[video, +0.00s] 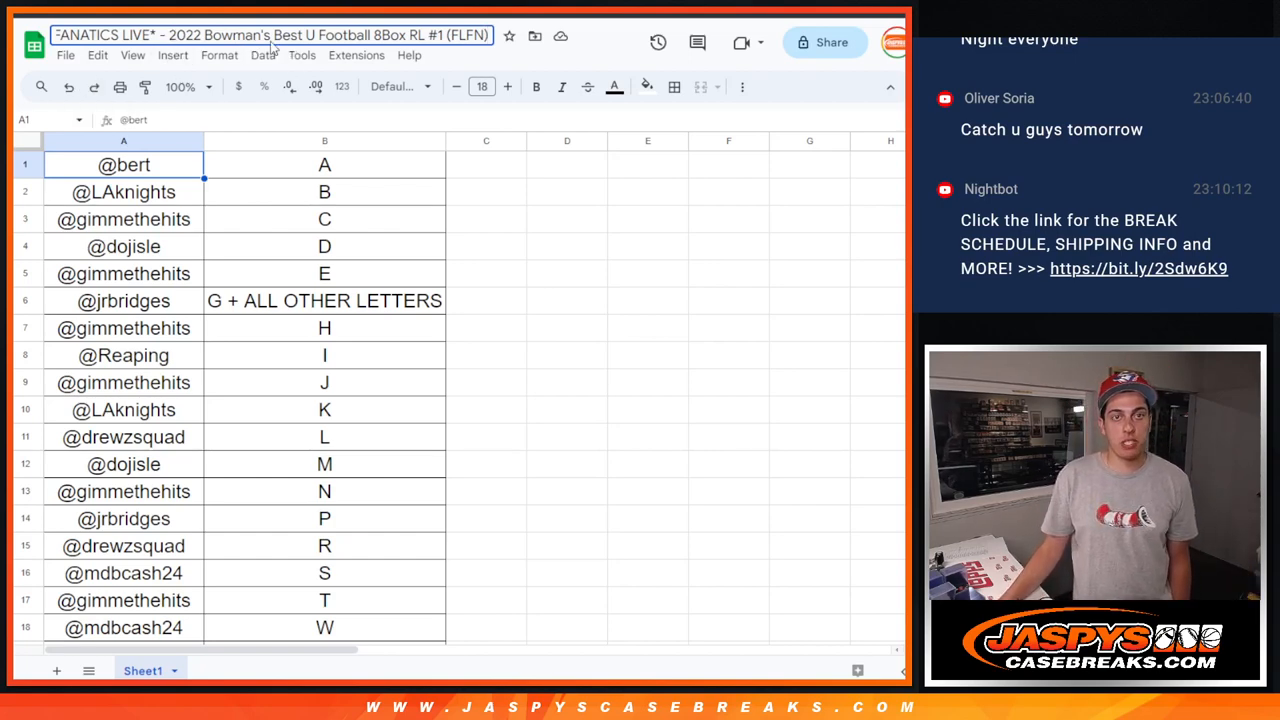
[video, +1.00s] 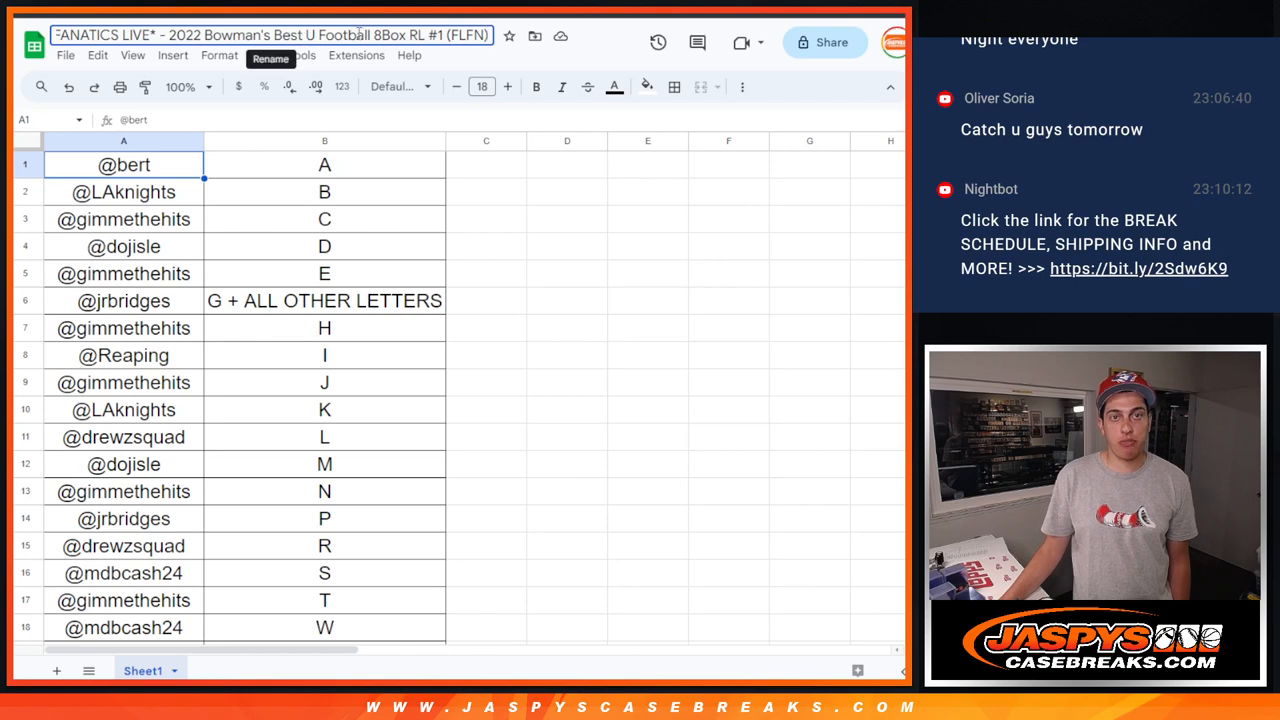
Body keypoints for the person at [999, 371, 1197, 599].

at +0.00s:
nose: (1129, 427)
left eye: (1138, 415)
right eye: (1117, 416)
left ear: (1150, 421)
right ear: (1102, 424)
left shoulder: (1174, 480)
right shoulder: (1074, 476)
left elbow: (1179, 557)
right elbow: (1051, 548)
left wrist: (1180, 612)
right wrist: (1005, 601)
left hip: (1152, 607)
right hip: (1090, 607)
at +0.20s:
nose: (1128, 427)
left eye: (1138, 415)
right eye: (1117, 416)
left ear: (1150, 421)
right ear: (1102, 424)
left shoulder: (1174, 481)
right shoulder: (1074, 476)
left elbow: (1179, 557)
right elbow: (1051, 549)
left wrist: (1180, 610)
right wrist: (1006, 600)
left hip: (1152, 606)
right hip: (1090, 606)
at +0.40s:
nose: (1128, 428)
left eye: (1138, 415)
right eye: (1116, 417)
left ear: (1150, 421)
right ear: (1102, 425)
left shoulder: (1175, 481)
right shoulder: (1073, 476)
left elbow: (1179, 556)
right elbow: (1051, 549)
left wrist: (1180, 611)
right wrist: (1007, 599)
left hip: (1153, 607)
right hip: (1090, 607)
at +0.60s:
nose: (1127, 428)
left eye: (1137, 415)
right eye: (1115, 417)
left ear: (1149, 421)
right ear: (1101, 425)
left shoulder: (1175, 481)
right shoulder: (1073, 476)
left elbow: (1179, 557)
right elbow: (1051, 549)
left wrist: (1180, 611)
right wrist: (1007, 599)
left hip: (1153, 607)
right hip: (1090, 607)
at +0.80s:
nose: (1127, 428)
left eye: (1137, 415)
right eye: (1115, 417)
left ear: (1149, 421)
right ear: (1101, 425)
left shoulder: (1175, 481)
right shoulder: (1073, 476)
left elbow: (1179, 557)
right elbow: (1051, 549)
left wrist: (1180, 611)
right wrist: (1007, 599)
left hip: (1153, 607)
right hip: (1090, 607)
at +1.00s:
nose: (1127, 428)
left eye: (1137, 415)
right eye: (1115, 416)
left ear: (1149, 421)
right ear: (1101, 425)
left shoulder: (1175, 481)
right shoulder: (1073, 476)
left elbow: (1179, 557)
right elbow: (1051, 549)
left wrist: (1180, 611)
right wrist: (1007, 599)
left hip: (1153, 607)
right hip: (1090, 607)